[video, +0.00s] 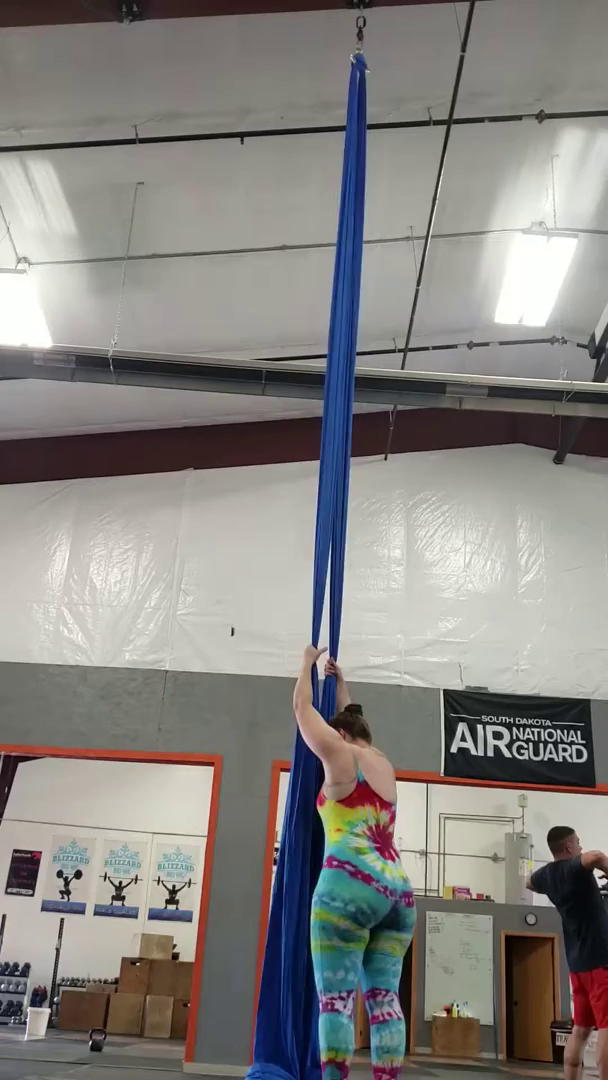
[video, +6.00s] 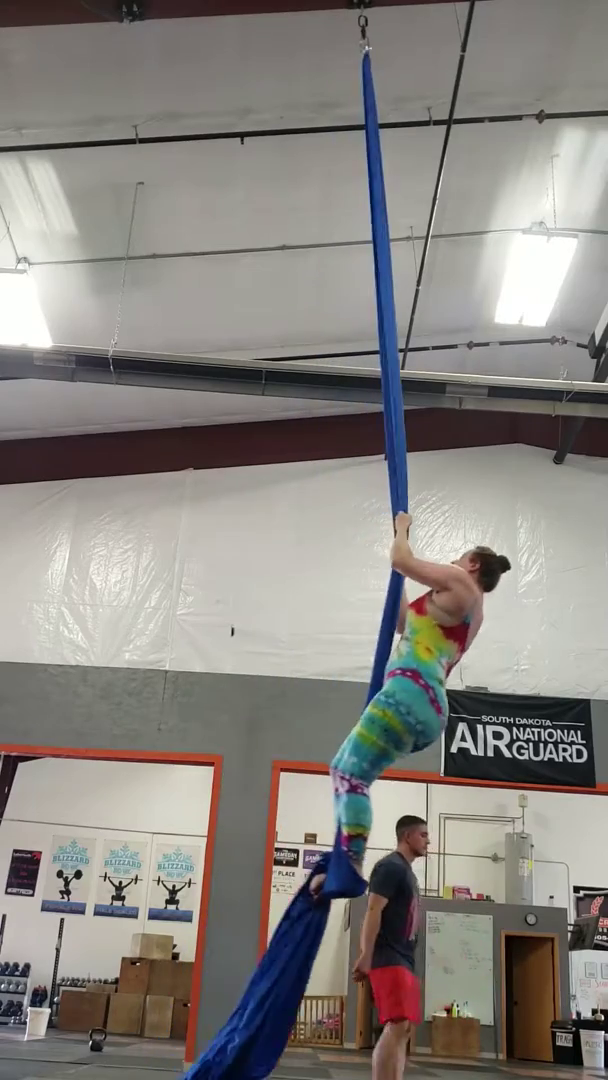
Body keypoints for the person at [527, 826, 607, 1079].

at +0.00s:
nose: (580, 847)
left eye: (578, 843)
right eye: (577, 843)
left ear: (554, 848)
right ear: (568, 845)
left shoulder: (547, 873)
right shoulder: (577, 864)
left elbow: (530, 882)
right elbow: (597, 856)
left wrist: (552, 881)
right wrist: (606, 870)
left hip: (576, 961)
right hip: (598, 959)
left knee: (579, 1029)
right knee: (604, 1030)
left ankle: (570, 1076)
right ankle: (603, 1076)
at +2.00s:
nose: (554, 838)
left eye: (554, 833)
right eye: (548, 832)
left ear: (551, 838)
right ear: (529, 835)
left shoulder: (556, 881)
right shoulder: (503, 871)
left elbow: (565, 932)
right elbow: (486, 919)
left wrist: (575, 979)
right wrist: (489, 968)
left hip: (550, 974)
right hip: (512, 973)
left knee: (557, 1040)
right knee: (509, 1046)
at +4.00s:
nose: (422, 829)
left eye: (421, 823)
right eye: (418, 823)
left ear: (397, 825)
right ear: (402, 824)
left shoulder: (380, 861)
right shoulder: (404, 858)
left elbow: (378, 916)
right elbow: (410, 908)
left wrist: (374, 964)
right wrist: (428, 955)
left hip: (380, 961)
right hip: (406, 960)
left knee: (385, 1032)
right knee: (424, 1032)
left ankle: (379, 1077)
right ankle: (432, 1077)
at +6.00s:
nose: (427, 840)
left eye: (427, 835)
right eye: (423, 834)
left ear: (410, 838)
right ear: (406, 836)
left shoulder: (406, 871)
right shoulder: (392, 866)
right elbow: (374, 910)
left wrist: (368, 961)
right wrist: (366, 954)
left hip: (401, 958)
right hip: (388, 957)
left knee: (404, 1027)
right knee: (397, 1025)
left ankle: (394, 1076)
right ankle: (381, 1076)